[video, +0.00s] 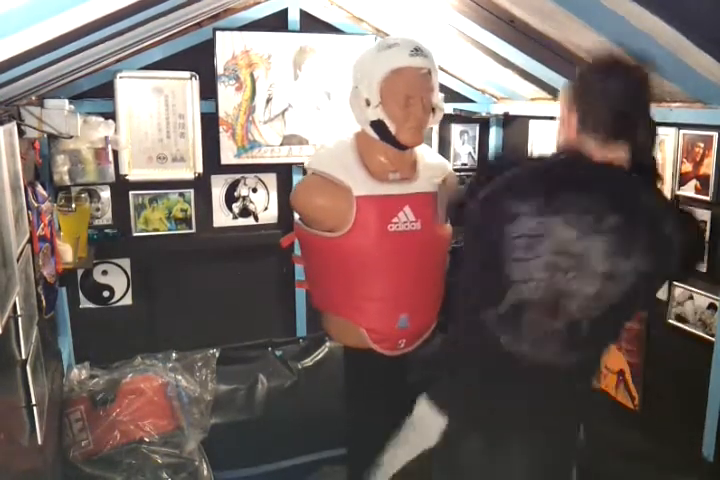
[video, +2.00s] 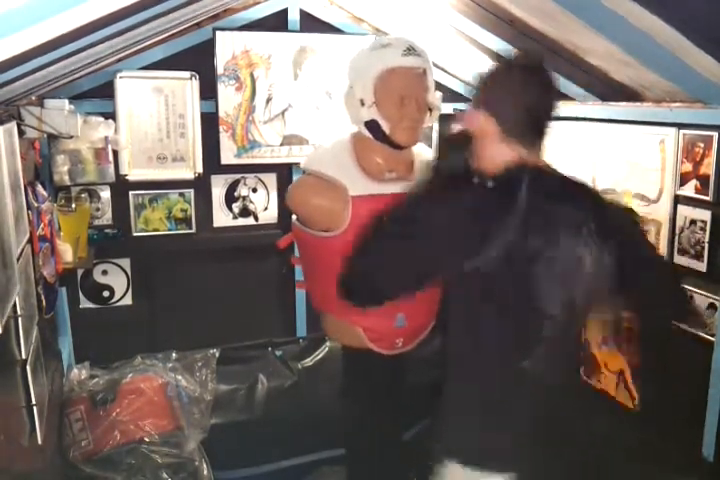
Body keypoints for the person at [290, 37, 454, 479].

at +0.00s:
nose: (423, 111)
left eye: (427, 99)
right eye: (407, 99)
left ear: (435, 103)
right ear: (368, 103)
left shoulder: (440, 177)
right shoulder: (326, 184)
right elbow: (321, 285)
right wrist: (355, 322)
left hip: (429, 348)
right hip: (364, 358)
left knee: (428, 454)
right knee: (371, 460)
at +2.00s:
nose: (417, 110)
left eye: (423, 99)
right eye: (403, 98)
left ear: (431, 102)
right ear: (364, 102)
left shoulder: (431, 173)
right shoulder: (324, 180)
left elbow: (451, 248)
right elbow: (320, 275)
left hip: (430, 345)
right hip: (366, 354)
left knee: (422, 455)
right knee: (372, 461)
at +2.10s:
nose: (416, 106)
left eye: (418, 92)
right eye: (402, 95)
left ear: (429, 92)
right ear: (364, 102)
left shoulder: (439, 169)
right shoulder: (324, 187)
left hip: (429, 351)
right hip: (363, 364)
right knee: (378, 467)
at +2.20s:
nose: (288, 125)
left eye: (290, 110)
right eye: (275, 121)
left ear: (316, 107)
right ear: (263, 135)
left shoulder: (372, 165)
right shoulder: (262, 204)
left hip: (408, 338)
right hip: (346, 356)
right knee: (365, 461)